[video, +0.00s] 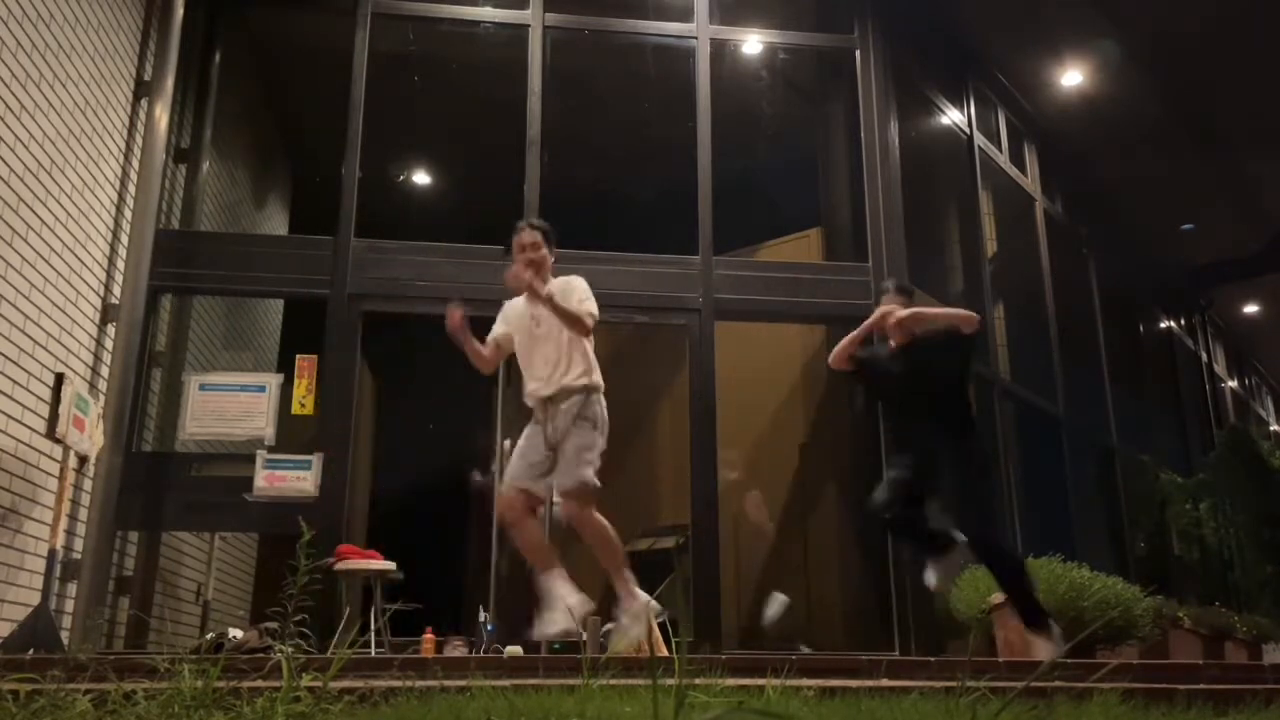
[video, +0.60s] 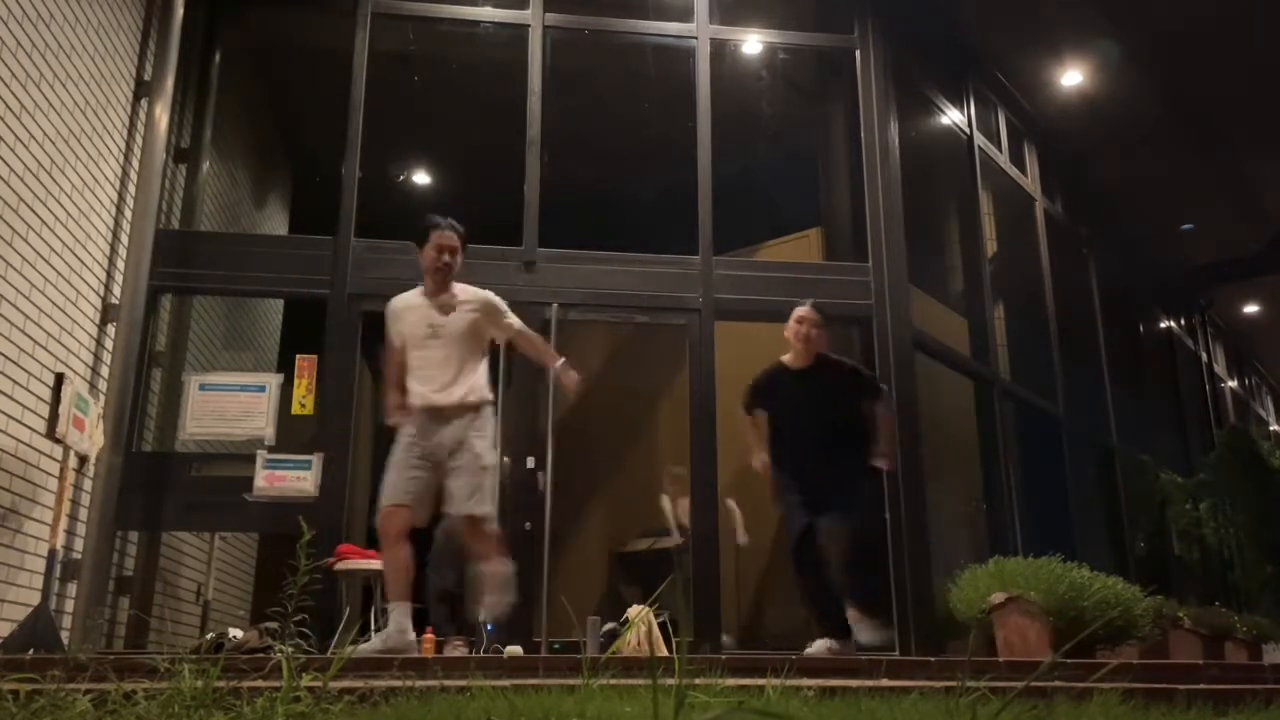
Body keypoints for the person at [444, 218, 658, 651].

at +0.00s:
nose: (529, 256)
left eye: (535, 247)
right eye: (522, 250)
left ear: (550, 252)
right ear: (512, 260)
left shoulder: (570, 285)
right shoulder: (514, 308)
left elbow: (585, 327)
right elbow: (488, 362)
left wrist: (541, 294)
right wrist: (463, 336)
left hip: (582, 406)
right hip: (543, 416)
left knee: (576, 507)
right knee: (511, 506)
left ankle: (633, 601)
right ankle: (565, 599)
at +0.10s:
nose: (524, 278)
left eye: (531, 270)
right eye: (516, 272)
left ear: (547, 273)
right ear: (509, 281)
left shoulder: (568, 304)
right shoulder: (518, 333)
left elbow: (583, 349)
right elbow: (498, 388)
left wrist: (534, 331)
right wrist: (465, 390)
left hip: (586, 425)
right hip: (548, 434)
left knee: (605, 534)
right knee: (491, 509)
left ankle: (660, 625)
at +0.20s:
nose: (515, 307)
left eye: (521, 297)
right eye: (506, 301)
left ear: (537, 302)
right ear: (498, 310)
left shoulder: (564, 338)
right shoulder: (511, 366)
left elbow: (586, 388)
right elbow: (502, 430)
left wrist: (558, 424)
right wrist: (466, 468)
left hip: (590, 459)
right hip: (546, 464)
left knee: (605, 557)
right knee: (483, 530)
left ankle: (664, 633)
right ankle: (421, 622)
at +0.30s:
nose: (492, 307)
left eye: (498, 299)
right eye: (483, 301)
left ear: (512, 305)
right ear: (472, 312)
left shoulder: (539, 345)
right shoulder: (478, 365)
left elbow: (581, 397)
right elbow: (489, 435)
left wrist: (613, 446)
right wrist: (488, 497)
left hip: (567, 459)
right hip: (520, 470)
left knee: (592, 555)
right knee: (458, 534)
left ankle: (661, 629)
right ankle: (408, 631)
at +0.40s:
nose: (465, 291)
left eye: (471, 283)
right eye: (456, 284)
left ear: (484, 287)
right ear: (442, 292)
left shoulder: (509, 328)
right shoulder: (443, 342)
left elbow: (563, 364)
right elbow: (461, 399)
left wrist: (610, 390)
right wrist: (475, 446)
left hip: (528, 449)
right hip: (479, 456)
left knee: (568, 541)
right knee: (426, 523)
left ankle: (641, 616)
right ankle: (402, 630)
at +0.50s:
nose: (451, 272)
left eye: (458, 264)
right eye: (443, 264)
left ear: (469, 269)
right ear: (428, 269)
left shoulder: (493, 311)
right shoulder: (419, 320)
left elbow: (541, 339)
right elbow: (429, 373)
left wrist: (584, 360)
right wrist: (441, 415)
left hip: (496, 433)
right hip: (446, 438)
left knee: (516, 530)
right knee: (408, 523)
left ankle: (585, 589)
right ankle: (401, 630)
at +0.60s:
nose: (446, 260)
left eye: (453, 253)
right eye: (438, 251)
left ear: (462, 259)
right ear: (421, 255)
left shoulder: (481, 304)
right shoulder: (400, 308)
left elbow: (520, 337)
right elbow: (394, 364)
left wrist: (559, 366)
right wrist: (394, 407)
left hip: (472, 422)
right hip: (419, 424)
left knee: (473, 520)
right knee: (392, 521)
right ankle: (400, 630)